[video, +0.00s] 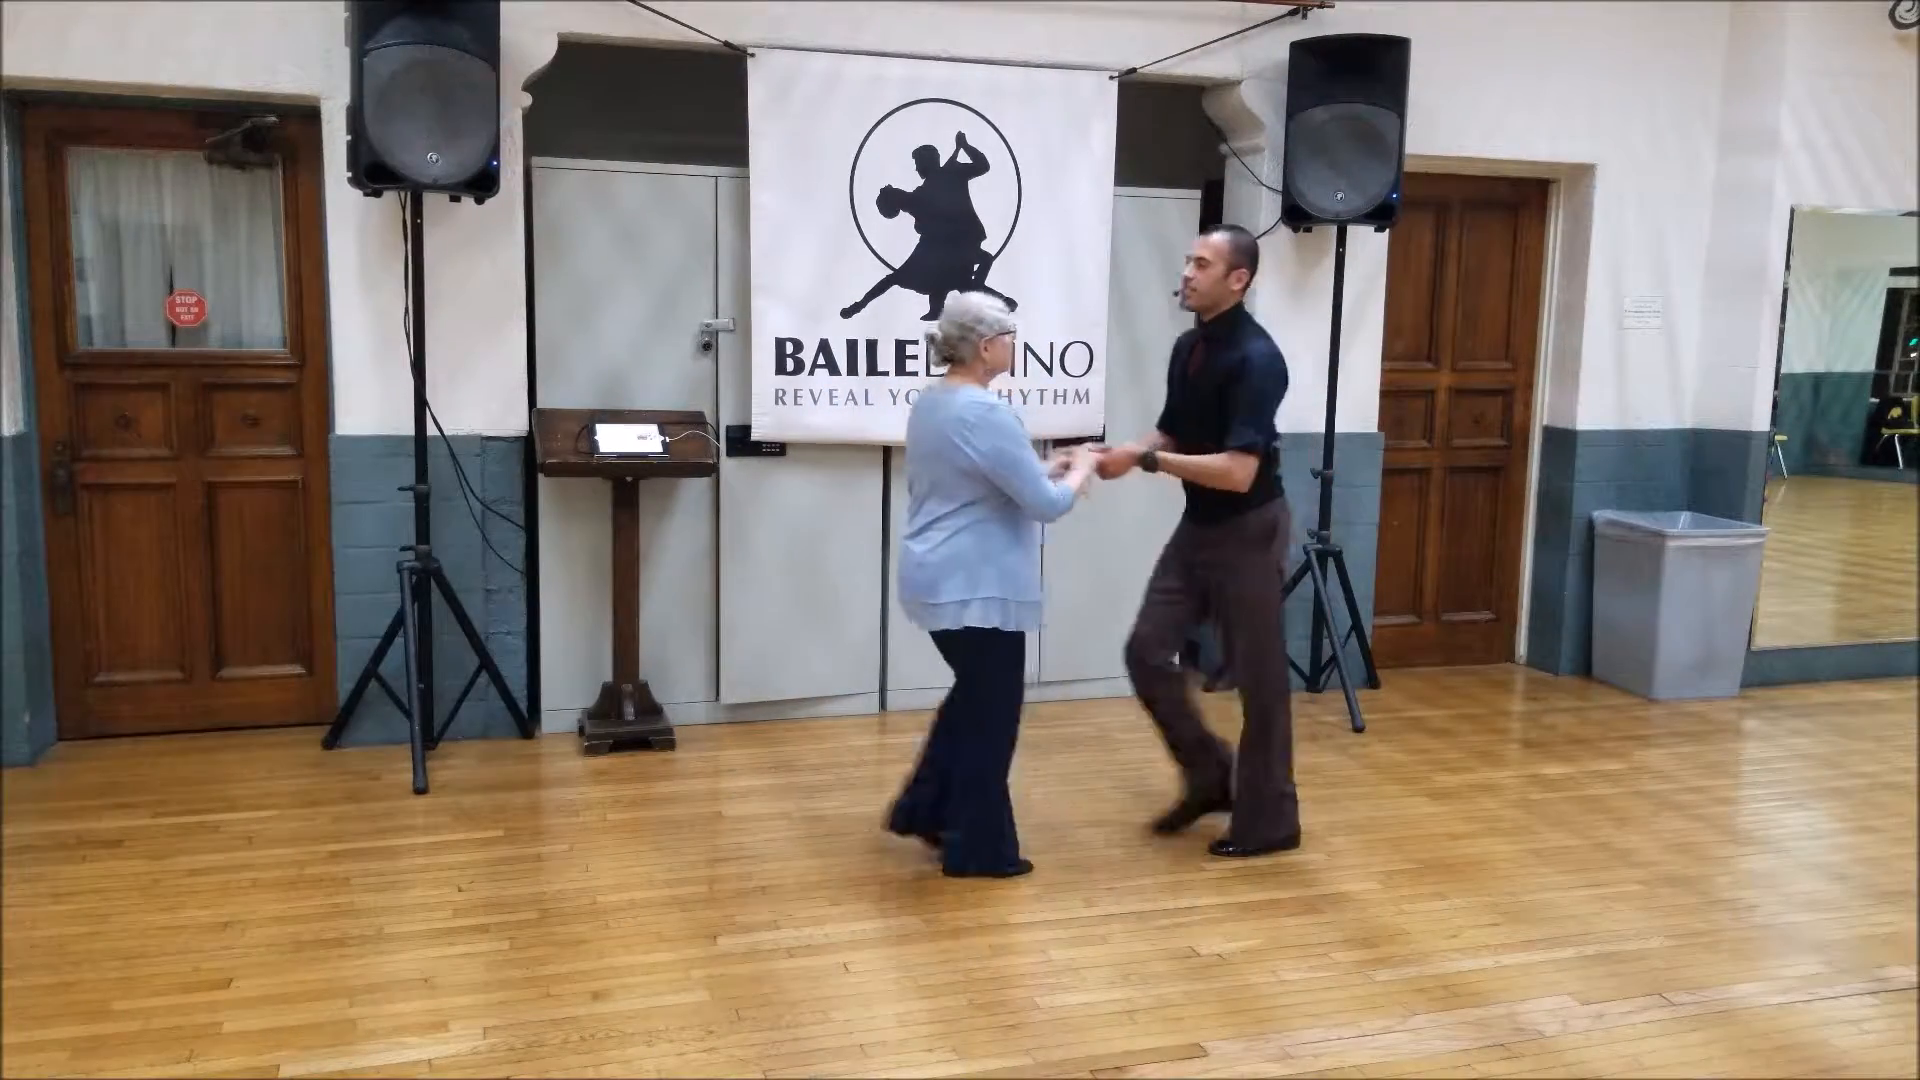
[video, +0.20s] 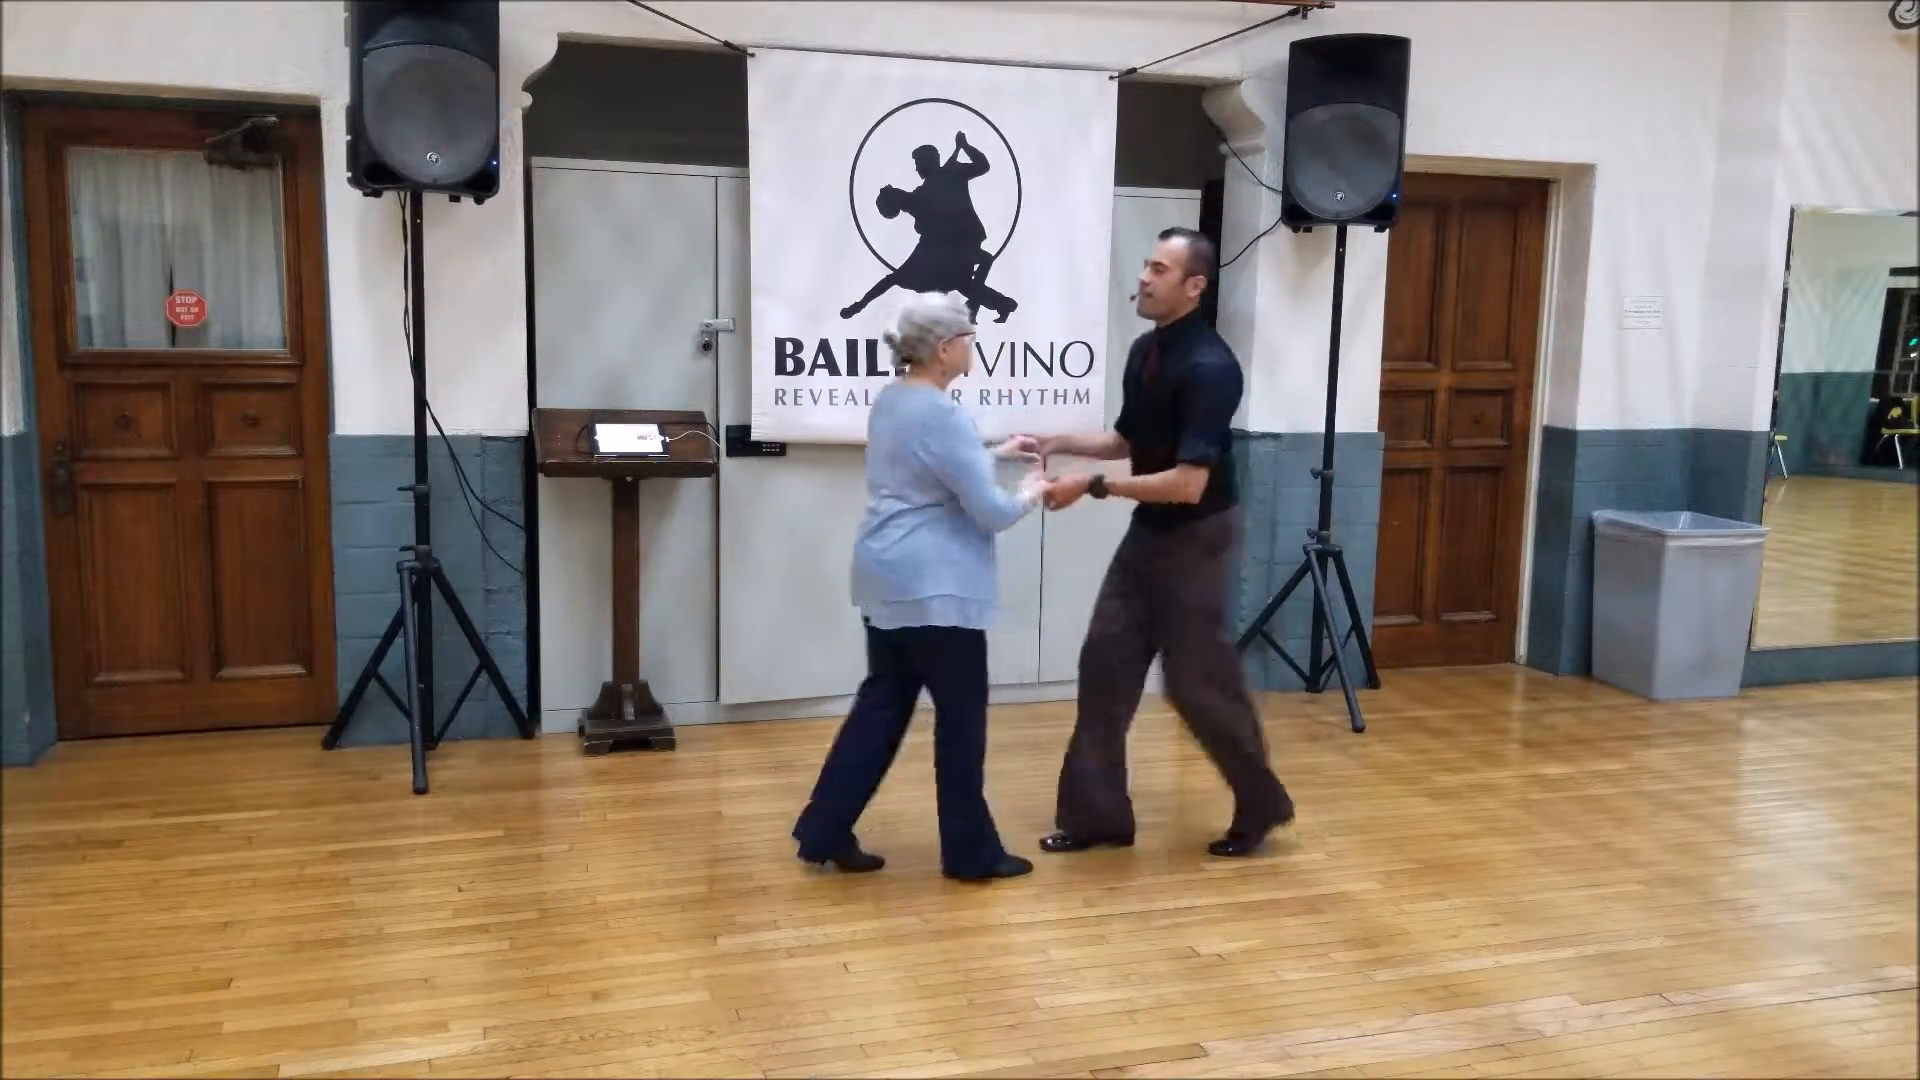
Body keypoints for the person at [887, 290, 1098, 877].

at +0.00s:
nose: (1015, 344)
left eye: (1011, 335)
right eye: (1007, 336)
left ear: (963, 346)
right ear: (981, 345)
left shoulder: (928, 405)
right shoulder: (984, 415)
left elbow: (987, 481)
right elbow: (1046, 502)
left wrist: (1046, 467)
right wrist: (1077, 476)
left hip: (935, 581)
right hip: (981, 588)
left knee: (976, 694)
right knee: (994, 712)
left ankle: (923, 807)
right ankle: (981, 847)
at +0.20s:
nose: (973, 350)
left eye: (970, 339)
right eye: (966, 341)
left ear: (923, 348)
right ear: (941, 348)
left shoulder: (888, 403)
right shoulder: (942, 415)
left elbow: (939, 471)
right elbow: (992, 511)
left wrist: (1001, 452)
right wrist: (1036, 492)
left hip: (884, 579)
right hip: (939, 584)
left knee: (884, 702)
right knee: (963, 717)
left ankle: (825, 830)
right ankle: (971, 851)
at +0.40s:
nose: (936, 350)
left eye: (933, 341)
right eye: (928, 342)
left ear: (884, 353)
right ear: (898, 351)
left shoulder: (851, 406)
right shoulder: (896, 421)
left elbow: (894, 483)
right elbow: (907, 519)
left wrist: (956, 494)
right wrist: (971, 538)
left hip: (830, 590)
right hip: (877, 596)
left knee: (842, 710)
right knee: (924, 703)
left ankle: (818, 846)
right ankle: (893, 848)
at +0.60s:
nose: (899, 347)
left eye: (896, 337)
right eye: (891, 338)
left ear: (850, 347)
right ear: (861, 345)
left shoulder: (822, 400)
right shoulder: (852, 412)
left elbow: (860, 492)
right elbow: (858, 507)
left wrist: (926, 499)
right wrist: (923, 526)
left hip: (808, 580)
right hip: (831, 588)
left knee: (821, 717)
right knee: (819, 721)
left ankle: (821, 847)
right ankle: (714, 827)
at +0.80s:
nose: (880, 350)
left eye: (877, 340)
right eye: (872, 341)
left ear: (835, 352)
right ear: (842, 351)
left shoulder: (809, 404)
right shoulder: (829, 417)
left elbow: (846, 499)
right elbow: (839, 519)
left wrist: (907, 505)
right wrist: (912, 532)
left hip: (812, 593)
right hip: (792, 593)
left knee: (825, 715)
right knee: (745, 725)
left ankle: (820, 843)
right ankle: (675, 850)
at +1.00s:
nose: (872, 353)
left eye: (870, 344)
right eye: (865, 344)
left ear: (829, 351)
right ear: (835, 351)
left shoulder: (796, 406)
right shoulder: (818, 417)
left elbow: (848, 502)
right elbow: (870, 518)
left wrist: (909, 493)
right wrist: (932, 509)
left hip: (812, 594)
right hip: (800, 596)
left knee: (819, 723)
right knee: (770, 724)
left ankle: (785, 848)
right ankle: (685, 847)